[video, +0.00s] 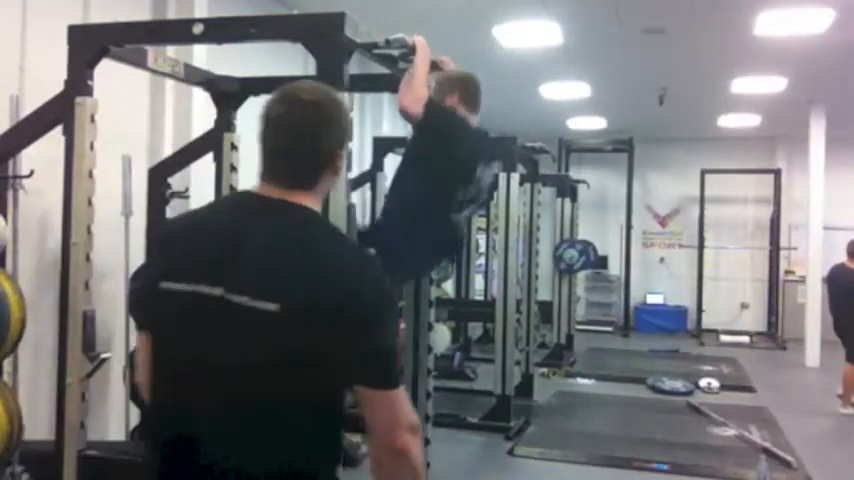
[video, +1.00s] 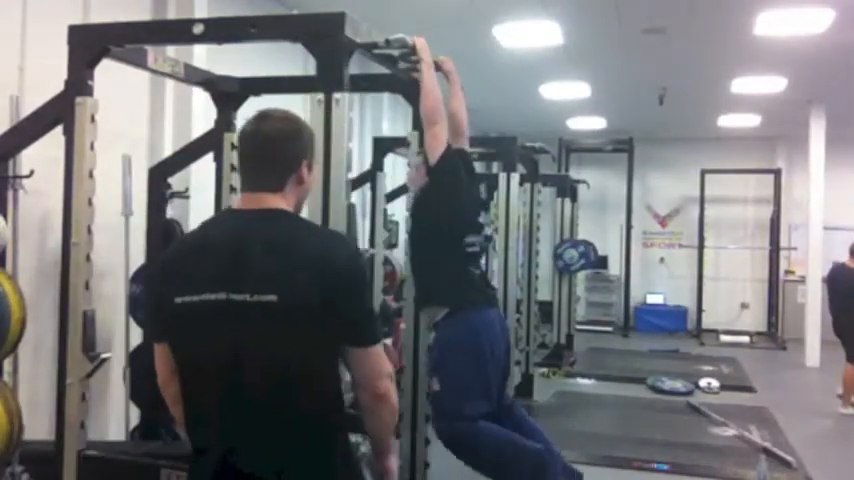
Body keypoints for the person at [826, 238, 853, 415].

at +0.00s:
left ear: (847, 253)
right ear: (852, 253)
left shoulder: (835, 271)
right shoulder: (842, 273)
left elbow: (833, 303)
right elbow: (835, 304)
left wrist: (837, 318)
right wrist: (839, 319)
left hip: (840, 323)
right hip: (848, 324)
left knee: (849, 358)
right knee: (850, 361)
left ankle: (845, 389)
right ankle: (847, 401)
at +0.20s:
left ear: (847, 253)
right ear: (851, 253)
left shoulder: (836, 271)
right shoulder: (842, 273)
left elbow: (833, 303)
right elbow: (835, 304)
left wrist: (837, 318)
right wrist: (839, 320)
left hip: (841, 323)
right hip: (848, 324)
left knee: (849, 358)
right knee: (850, 361)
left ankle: (845, 389)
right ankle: (847, 401)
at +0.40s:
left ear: (848, 253)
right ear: (851, 253)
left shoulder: (836, 271)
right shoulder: (842, 272)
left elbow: (833, 302)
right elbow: (835, 303)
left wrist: (837, 318)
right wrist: (838, 319)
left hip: (840, 323)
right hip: (848, 324)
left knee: (850, 358)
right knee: (850, 361)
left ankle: (845, 389)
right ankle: (847, 400)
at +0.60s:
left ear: (848, 253)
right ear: (852, 254)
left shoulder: (836, 271)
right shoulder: (843, 272)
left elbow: (833, 302)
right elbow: (836, 303)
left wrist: (837, 318)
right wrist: (839, 319)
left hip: (841, 323)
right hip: (848, 324)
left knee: (850, 358)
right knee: (850, 360)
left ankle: (845, 389)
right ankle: (847, 400)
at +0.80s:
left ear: (848, 254)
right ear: (851, 255)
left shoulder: (836, 271)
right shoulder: (843, 273)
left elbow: (834, 304)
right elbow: (837, 304)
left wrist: (838, 320)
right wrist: (840, 322)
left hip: (840, 323)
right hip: (848, 324)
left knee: (849, 358)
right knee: (850, 360)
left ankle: (845, 389)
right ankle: (847, 401)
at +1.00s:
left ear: (848, 253)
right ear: (851, 255)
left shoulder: (836, 272)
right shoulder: (843, 273)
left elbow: (833, 304)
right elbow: (837, 305)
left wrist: (838, 321)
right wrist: (841, 324)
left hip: (840, 325)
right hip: (847, 326)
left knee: (849, 359)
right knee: (850, 361)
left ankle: (845, 389)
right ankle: (847, 401)